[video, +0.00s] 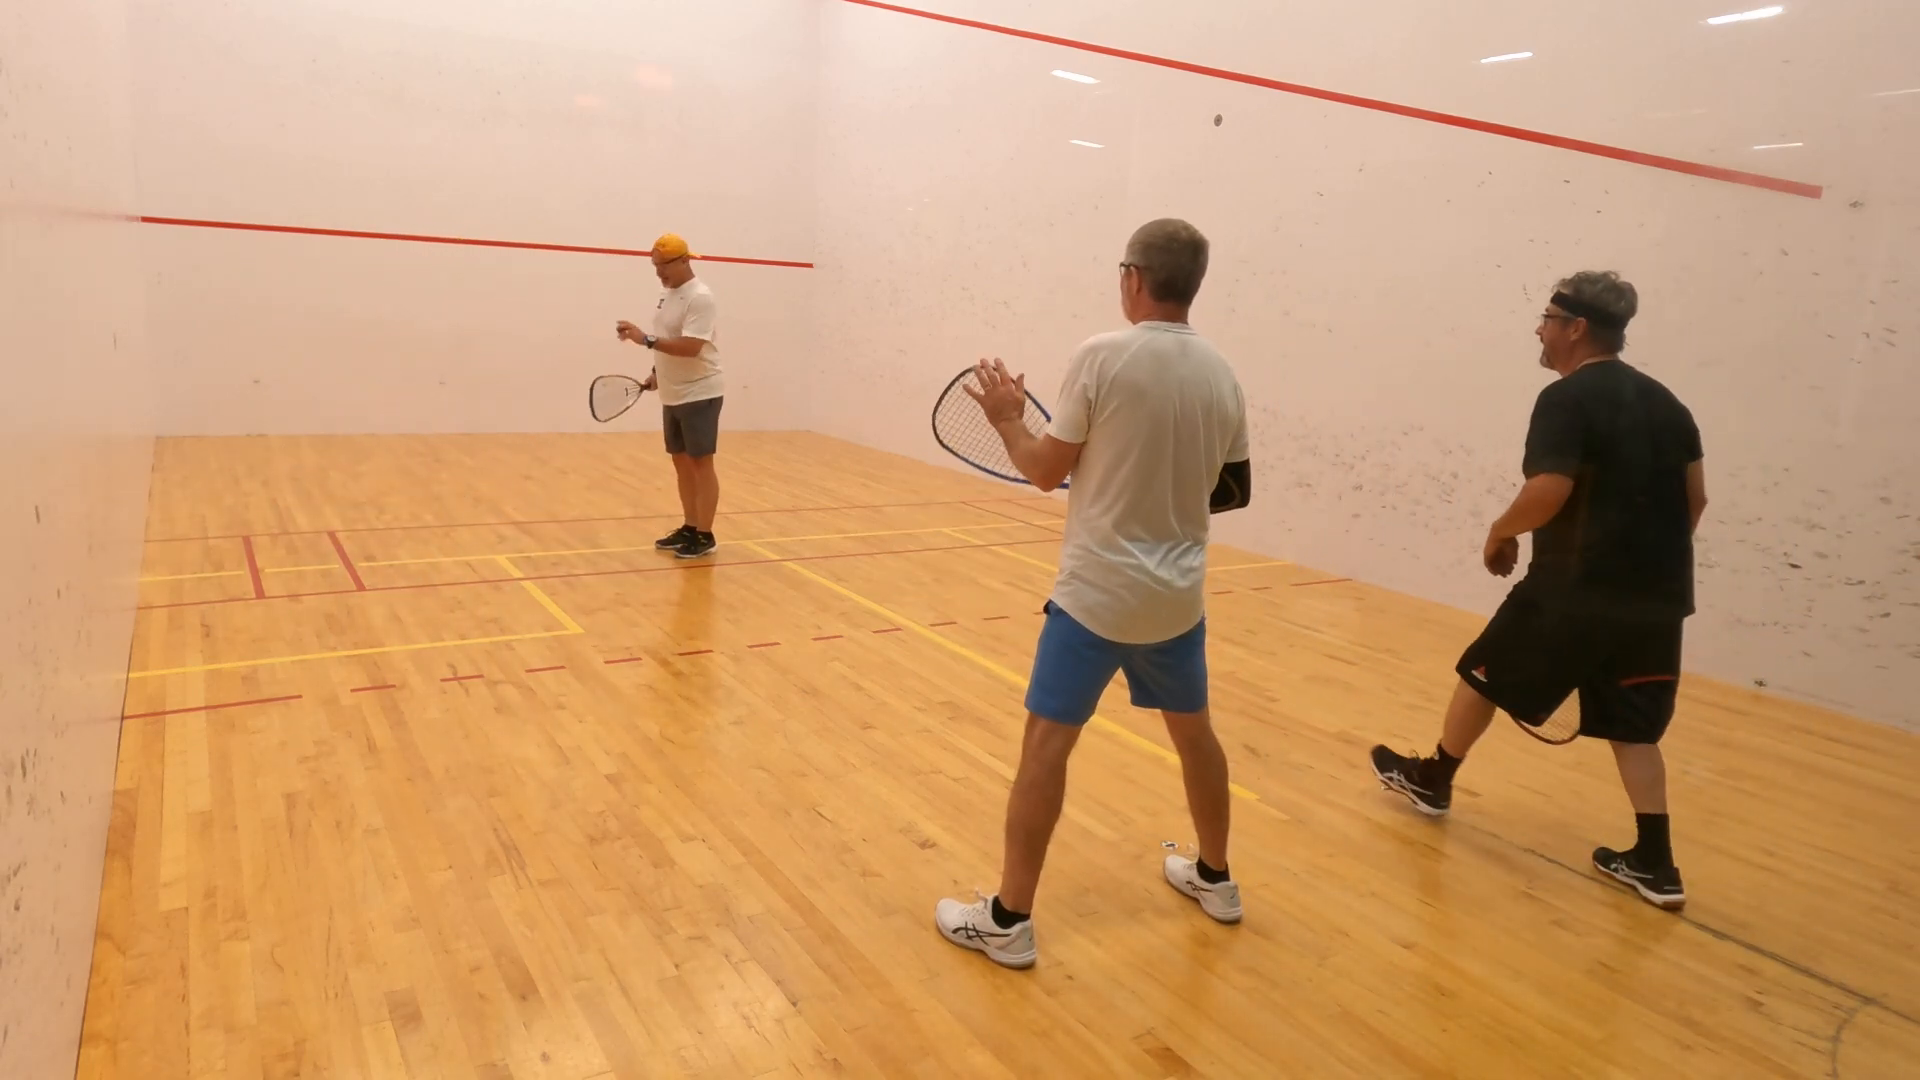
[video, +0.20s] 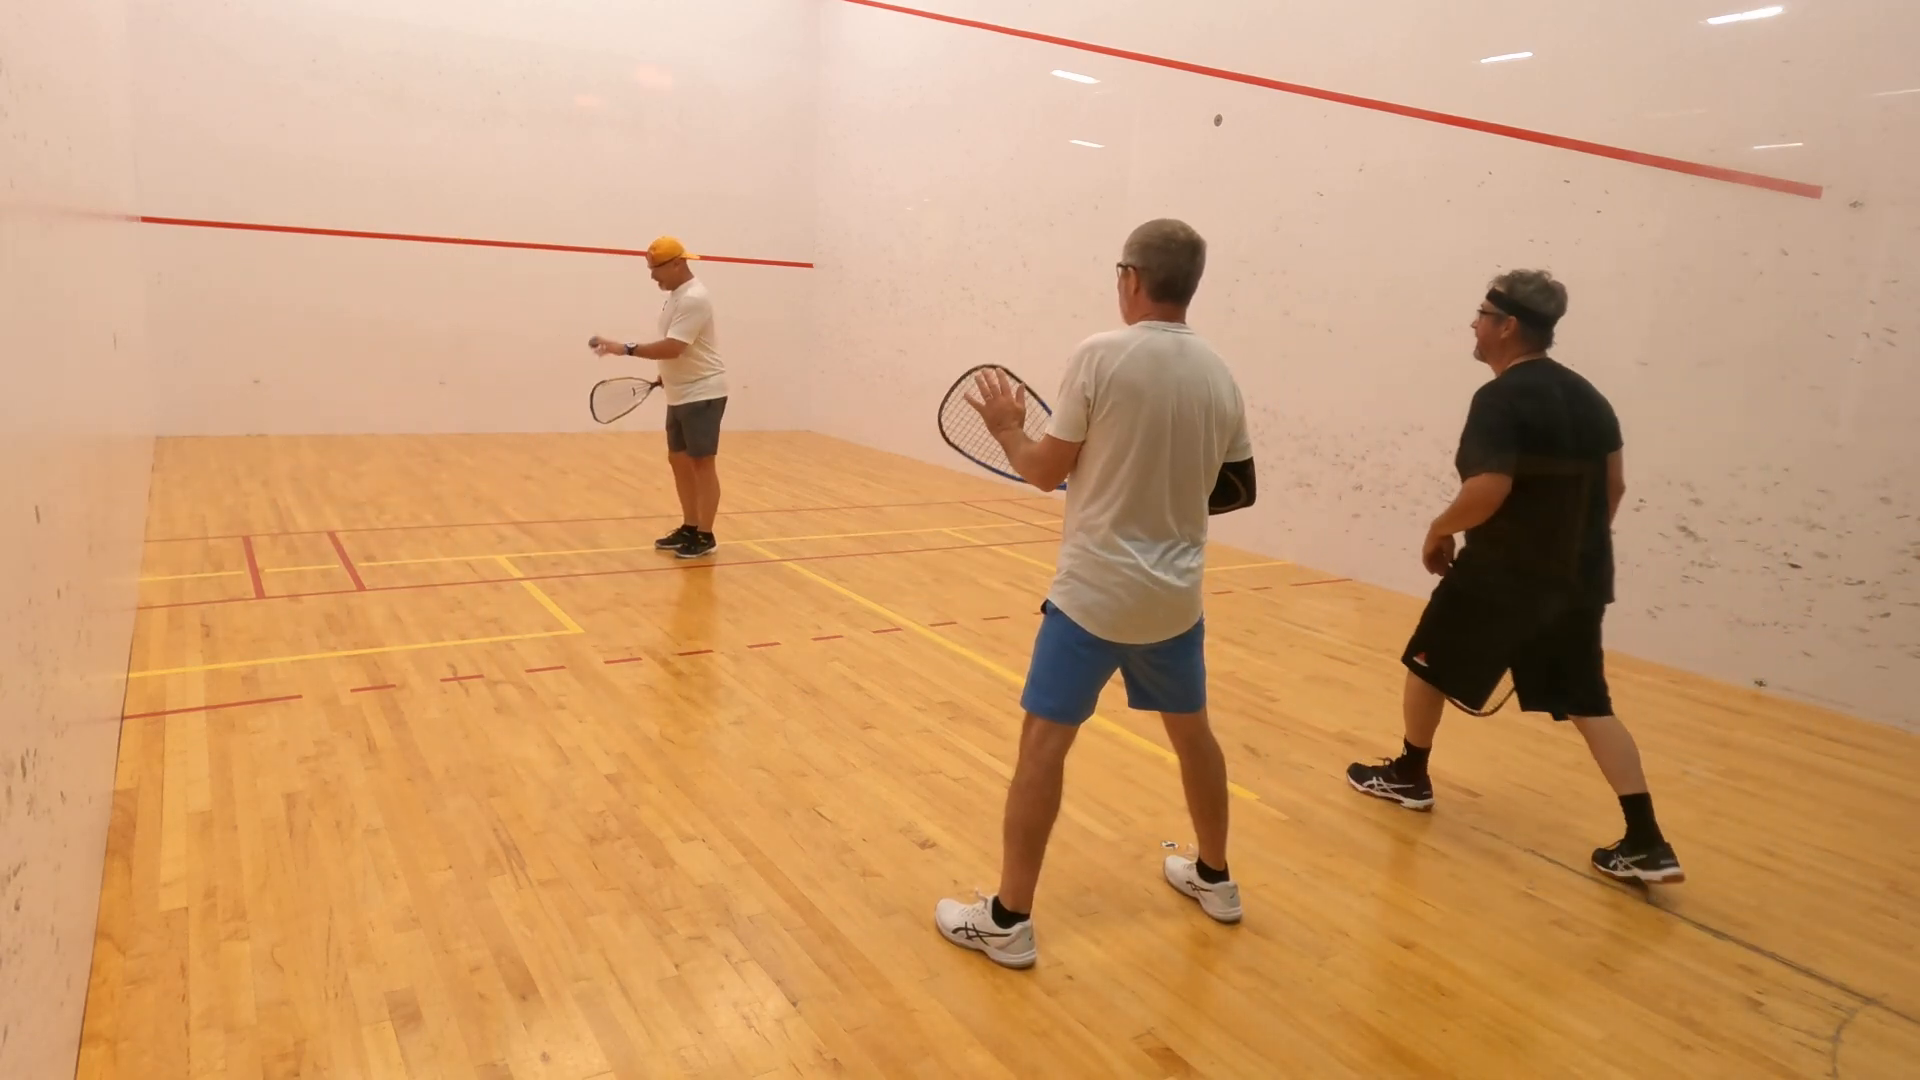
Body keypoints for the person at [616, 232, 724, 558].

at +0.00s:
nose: (658, 274)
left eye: (662, 267)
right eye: (656, 267)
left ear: (682, 263)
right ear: (664, 266)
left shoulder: (701, 297)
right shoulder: (669, 295)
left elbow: (692, 348)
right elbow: (673, 344)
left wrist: (646, 339)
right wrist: (658, 373)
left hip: (700, 394)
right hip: (674, 395)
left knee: (701, 461)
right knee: (682, 460)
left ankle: (705, 534)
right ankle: (691, 528)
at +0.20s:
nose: (653, 277)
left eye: (656, 270)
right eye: (651, 271)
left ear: (677, 265)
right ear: (671, 267)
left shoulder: (694, 299)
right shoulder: (677, 297)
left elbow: (674, 347)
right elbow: (681, 345)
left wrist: (624, 349)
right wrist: (668, 373)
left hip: (703, 393)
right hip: (680, 394)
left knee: (702, 461)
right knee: (679, 458)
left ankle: (705, 535)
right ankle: (690, 528)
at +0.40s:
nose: (648, 279)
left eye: (650, 272)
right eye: (646, 273)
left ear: (670, 267)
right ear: (667, 268)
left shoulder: (690, 300)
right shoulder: (676, 298)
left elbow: (677, 354)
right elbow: (674, 352)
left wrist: (646, 382)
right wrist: (651, 380)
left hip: (702, 395)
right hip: (678, 396)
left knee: (699, 462)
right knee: (662, 454)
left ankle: (705, 535)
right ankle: (681, 523)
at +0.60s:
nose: (642, 276)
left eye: (645, 269)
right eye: (641, 270)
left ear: (664, 267)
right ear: (661, 268)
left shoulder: (686, 300)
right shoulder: (665, 297)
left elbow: (675, 351)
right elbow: (658, 339)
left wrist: (643, 381)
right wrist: (645, 359)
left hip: (696, 393)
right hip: (673, 394)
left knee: (692, 462)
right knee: (664, 456)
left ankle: (703, 535)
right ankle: (666, 528)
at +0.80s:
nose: (637, 271)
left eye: (641, 265)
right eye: (638, 265)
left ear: (661, 266)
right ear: (660, 267)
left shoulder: (679, 302)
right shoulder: (655, 296)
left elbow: (656, 352)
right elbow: (639, 325)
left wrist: (629, 374)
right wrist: (626, 341)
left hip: (685, 392)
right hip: (663, 392)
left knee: (670, 459)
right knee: (654, 456)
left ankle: (698, 529)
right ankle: (664, 527)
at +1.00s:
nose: (644, 266)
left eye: (647, 261)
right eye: (645, 260)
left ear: (662, 265)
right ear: (669, 265)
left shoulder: (665, 302)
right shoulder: (683, 296)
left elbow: (639, 345)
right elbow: (644, 318)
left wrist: (617, 363)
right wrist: (605, 326)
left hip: (658, 394)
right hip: (674, 392)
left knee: (644, 460)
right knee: (657, 458)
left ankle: (691, 523)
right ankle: (664, 527)